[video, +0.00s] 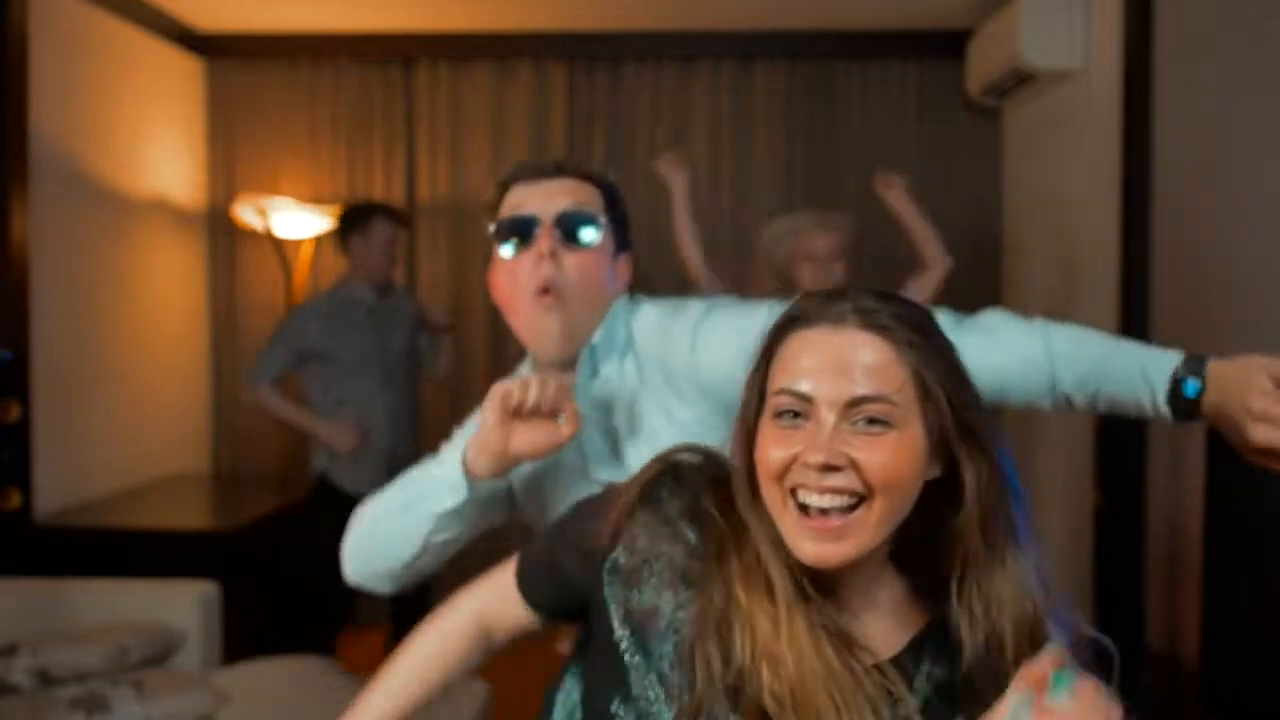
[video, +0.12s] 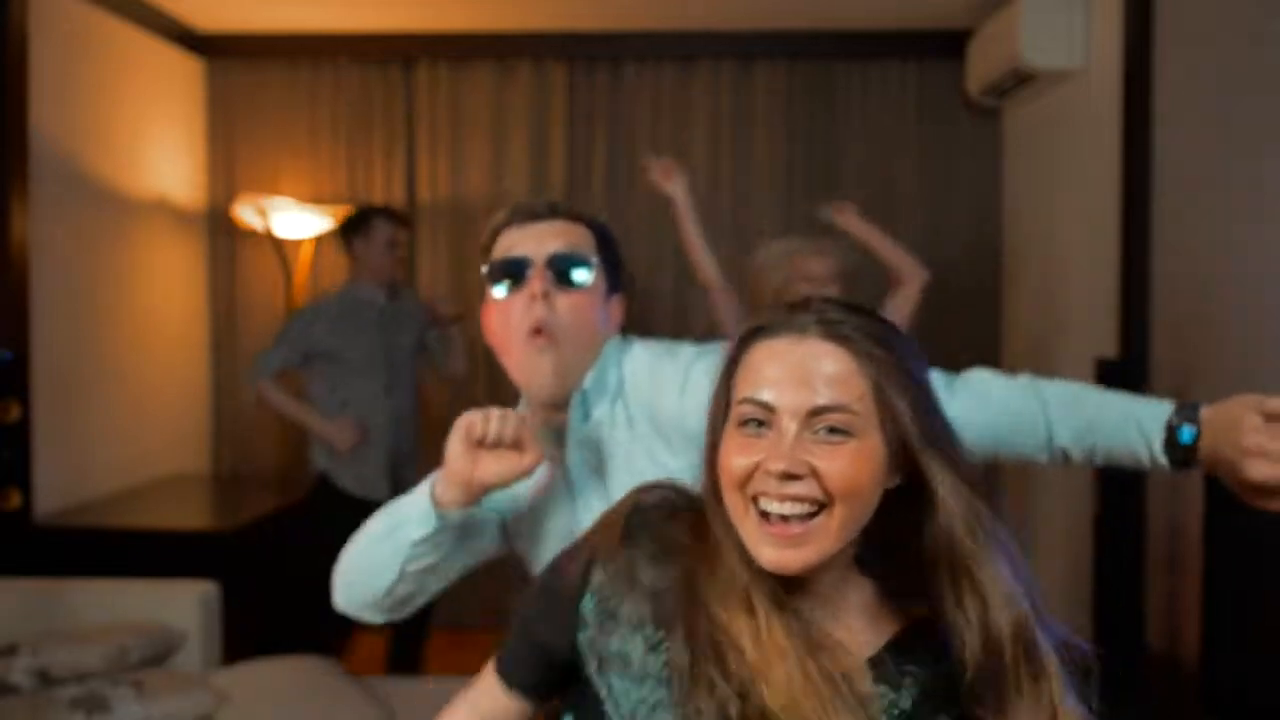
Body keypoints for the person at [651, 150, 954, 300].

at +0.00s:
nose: (825, 271)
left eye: (834, 260)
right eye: (811, 260)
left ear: (848, 264)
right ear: (785, 266)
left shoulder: (872, 320)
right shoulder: (760, 318)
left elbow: (938, 266)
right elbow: (697, 269)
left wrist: (898, 198)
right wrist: (679, 186)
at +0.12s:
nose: (817, 293)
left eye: (827, 281)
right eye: (803, 281)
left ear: (843, 287)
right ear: (773, 291)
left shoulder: (863, 349)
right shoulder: (754, 348)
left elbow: (913, 279)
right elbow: (712, 282)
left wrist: (851, 222)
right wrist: (679, 195)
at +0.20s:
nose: (812, 291)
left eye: (824, 282)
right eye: (798, 280)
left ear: (839, 295)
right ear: (771, 287)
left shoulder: (854, 354)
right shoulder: (750, 341)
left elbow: (897, 281)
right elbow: (720, 282)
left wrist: (830, 239)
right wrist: (690, 206)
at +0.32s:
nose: (811, 282)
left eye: (822, 272)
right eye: (802, 271)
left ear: (834, 281)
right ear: (786, 278)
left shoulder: (848, 337)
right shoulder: (770, 334)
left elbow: (877, 262)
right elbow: (771, 243)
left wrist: (825, 243)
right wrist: (797, 236)